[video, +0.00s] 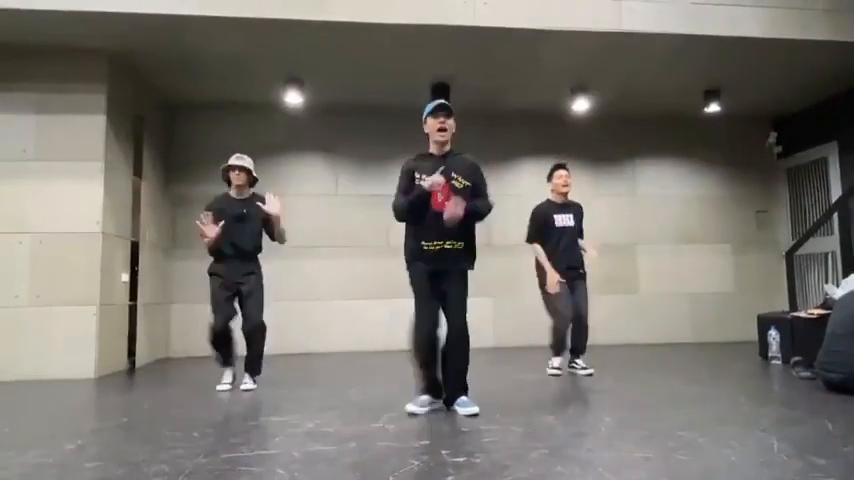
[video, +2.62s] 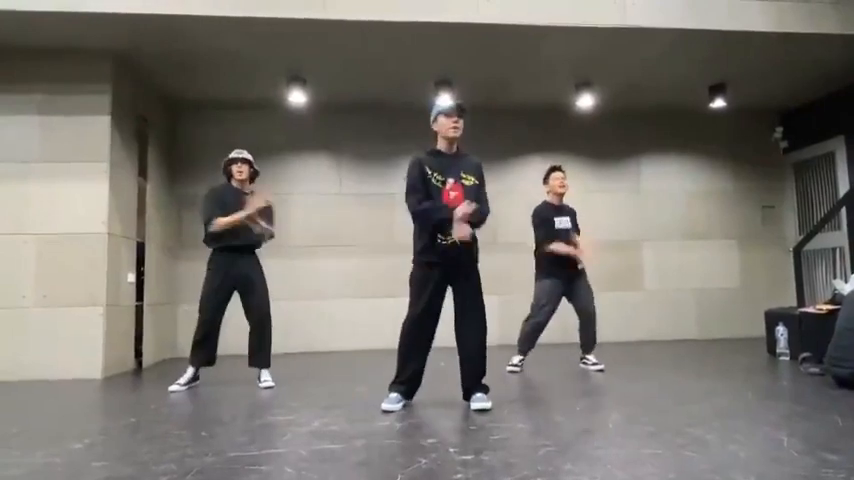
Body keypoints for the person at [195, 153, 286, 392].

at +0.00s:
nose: (237, 174)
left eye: (242, 171)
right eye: (233, 170)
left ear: (251, 176)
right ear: (228, 174)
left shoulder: (261, 203)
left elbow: (279, 239)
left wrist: (275, 217)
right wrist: (211, 238)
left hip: (250, 271)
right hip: (221, 271)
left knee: (254, 324)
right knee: (220, 325)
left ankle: (251, 374)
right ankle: (227, 368)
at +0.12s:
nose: (235, 162)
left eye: (240, 158)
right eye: (231, 158)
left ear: (249, 164)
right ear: (226, 162)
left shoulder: (263, 194)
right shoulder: (218, 188)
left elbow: (278, 226)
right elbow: (197, 199)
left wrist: (269, 229)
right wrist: (214, 171)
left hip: (248, 260)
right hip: (220, 258)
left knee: (251, 318)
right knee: (209, 314)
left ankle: (249, 370)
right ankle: (226, 352)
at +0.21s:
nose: (233, 159)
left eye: (238, 155)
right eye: (230, 155)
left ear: (248, 161)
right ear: (225, 160)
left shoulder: (262, 191)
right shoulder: (216, 183)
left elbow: (274, 224)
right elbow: (200, 159)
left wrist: (269, 243)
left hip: (247, 255)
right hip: (221, 252)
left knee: (247, 313)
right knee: (198, 294)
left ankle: (245, 367)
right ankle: (225, 327)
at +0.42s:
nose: (232, 159)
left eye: (238, 155)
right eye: (230, 155)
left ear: (247, 161)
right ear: (225, 159)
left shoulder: (258, 192)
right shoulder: (216, 186)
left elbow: (267, 226)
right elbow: (203, 198)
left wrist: (256, 247)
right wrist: (213, 171)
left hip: (238, 260)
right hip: (211, 256)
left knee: (237, 318)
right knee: (184, 302)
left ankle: (240, 370)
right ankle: (208, 338)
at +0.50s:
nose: (232, 161)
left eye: (237, 158)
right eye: (229, 157)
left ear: (246, 163)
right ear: (222, 162)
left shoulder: (258, 195)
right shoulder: (210, 189)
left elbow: (262, 227)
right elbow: (206, 219)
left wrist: (253, 245)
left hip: (238, 258)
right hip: (212, 255)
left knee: (237, 315)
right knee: (194, 311)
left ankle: (240, 369)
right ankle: (197, 368)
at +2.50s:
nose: (232, 161)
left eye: (236, 157)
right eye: (228, 157)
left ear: (245, 163)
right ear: (222, 163)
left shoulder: (261, 192)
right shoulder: (210, 192)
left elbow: (275, 224)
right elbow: (198, 221)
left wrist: (269, 241)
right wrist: (191, 225)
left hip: (250, 261)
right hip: (220, 261)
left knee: (257, 315)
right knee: (205, 314)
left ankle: (263, 368)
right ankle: (192, 368)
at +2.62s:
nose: (240, 168)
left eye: (244, 164)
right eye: (235, 164)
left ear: (251, 169)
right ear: (229, 168)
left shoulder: (258, 200)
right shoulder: (216, 194)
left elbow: (267, 234)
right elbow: (212, 226)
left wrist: (254, 217)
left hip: (248, 262)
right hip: (220, 262)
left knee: (261, 315)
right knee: (207, 315)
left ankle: (263, 370)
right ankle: (193, 370)